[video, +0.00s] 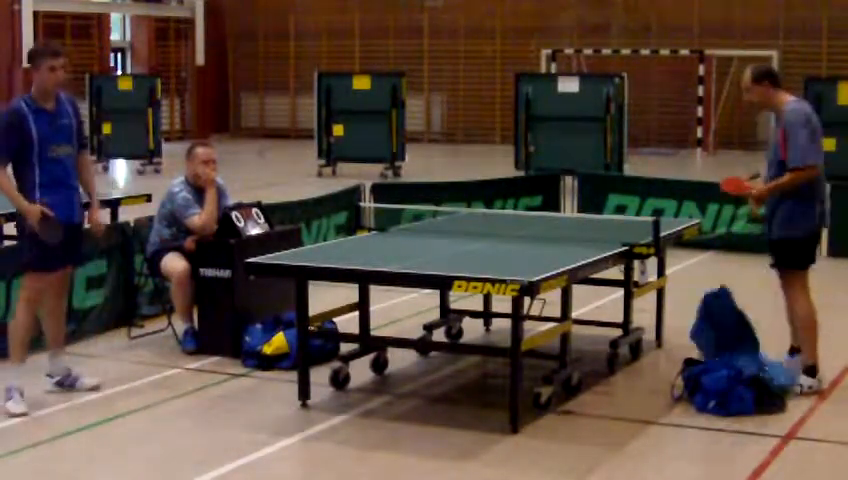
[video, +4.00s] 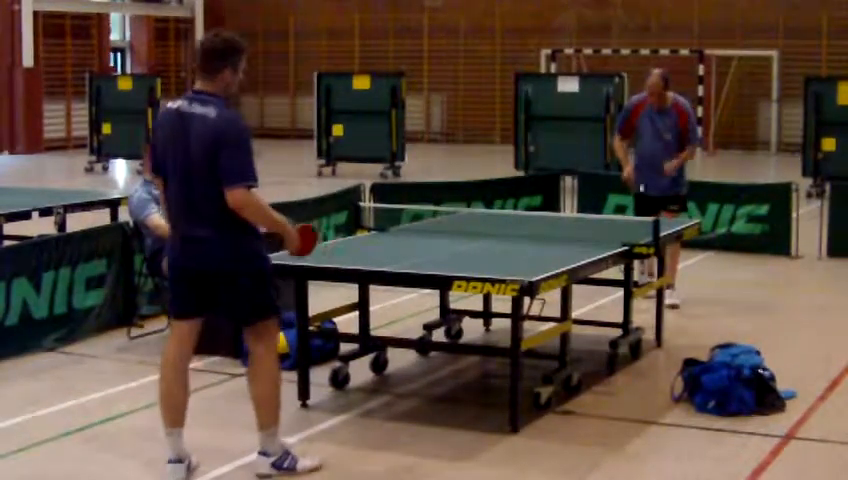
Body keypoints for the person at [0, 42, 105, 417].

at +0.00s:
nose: (59, 76)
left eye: (62, 69)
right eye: (52, 70)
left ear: (65, 72)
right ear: (33, 72)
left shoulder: (71, 108)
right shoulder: (15, 115)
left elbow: (82, 157)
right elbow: (0, 169)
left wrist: (94, 203)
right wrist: (23, 205)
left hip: (70, 214)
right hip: (38, 216)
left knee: (60, 288)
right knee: (32, 291)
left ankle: (57, 368)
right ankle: (13, 383)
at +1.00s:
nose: (68, 77)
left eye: (68, 71)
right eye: (61, 70)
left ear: (56, 76)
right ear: (36, 73)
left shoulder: (69, 115)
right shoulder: (8, 119)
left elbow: (91, 163)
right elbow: (2, 176)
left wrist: (121, 195)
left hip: (65, 229)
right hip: (19, 232)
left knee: (74, 307)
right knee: (17, 309)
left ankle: (80, 404)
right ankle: (11, 387)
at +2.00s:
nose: (179, 76)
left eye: (177, 68)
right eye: (175, 69)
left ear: (152, 70)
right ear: (162, 70)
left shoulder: (154, 115)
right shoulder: (135, 119)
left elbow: (160, 180)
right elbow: (132, 191)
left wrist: (189, 202)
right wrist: (184, 217)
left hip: (170, 240)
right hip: (147, 245)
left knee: (189, 313)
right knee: (153, 331)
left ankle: (123, 384)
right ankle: (168, 430)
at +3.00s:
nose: (289, 76)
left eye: (286, 68)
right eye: (288, 69)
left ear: (249, 69)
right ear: (282, 71)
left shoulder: (227, 109)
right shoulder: (270, 121)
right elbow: (271, 198)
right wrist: (310, 230)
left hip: (230, 240)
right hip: (262, 246)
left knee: (250, 328)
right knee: (274, 337)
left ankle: (246, 424)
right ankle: (272, 451)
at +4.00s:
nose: (242, 78)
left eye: (241, 70)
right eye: (241, 71)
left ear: (199, 68)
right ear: (229, 71)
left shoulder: (168, 115)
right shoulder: (227, 122)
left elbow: (156, 174)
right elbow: (239, 196)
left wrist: (184, 222)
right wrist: (283, 226)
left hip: (186, 251)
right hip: (235, 252)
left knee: (179, 342)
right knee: (263, 338)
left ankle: (176, 455)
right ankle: (271, 448)